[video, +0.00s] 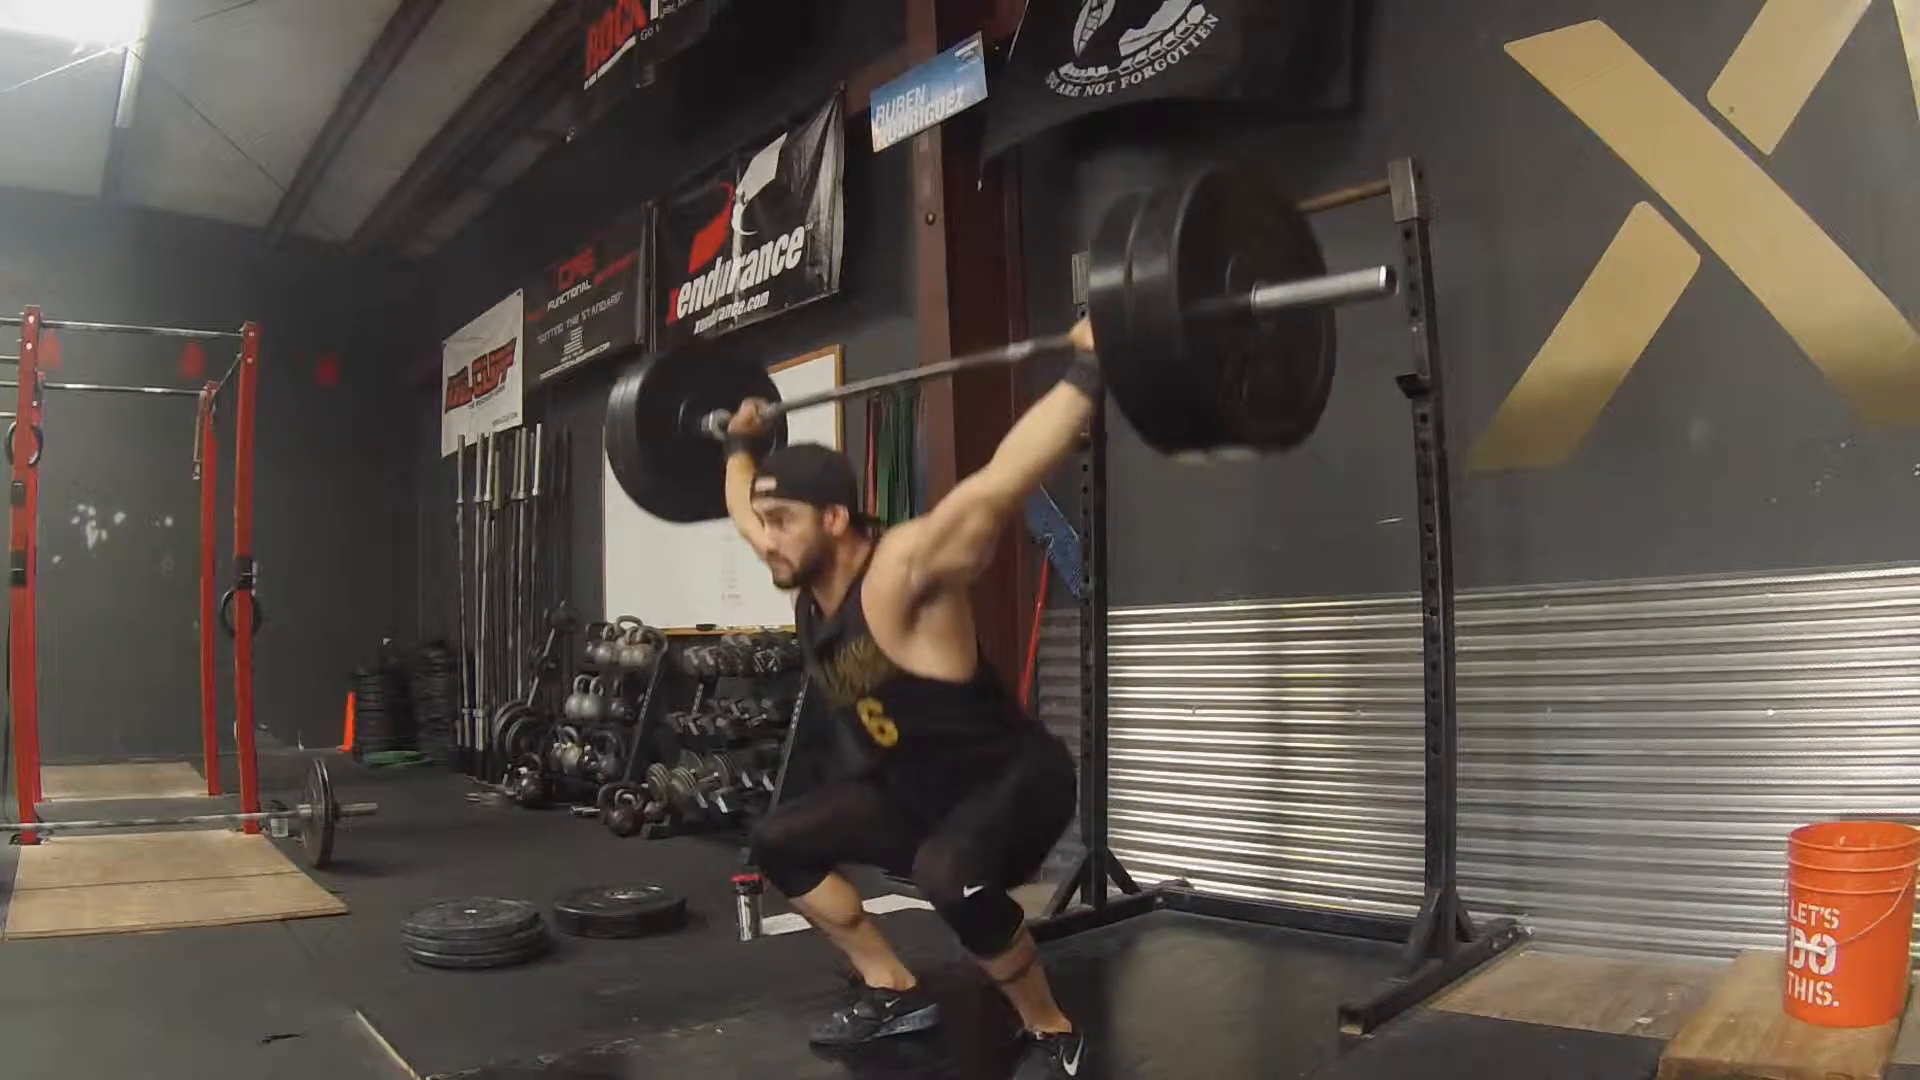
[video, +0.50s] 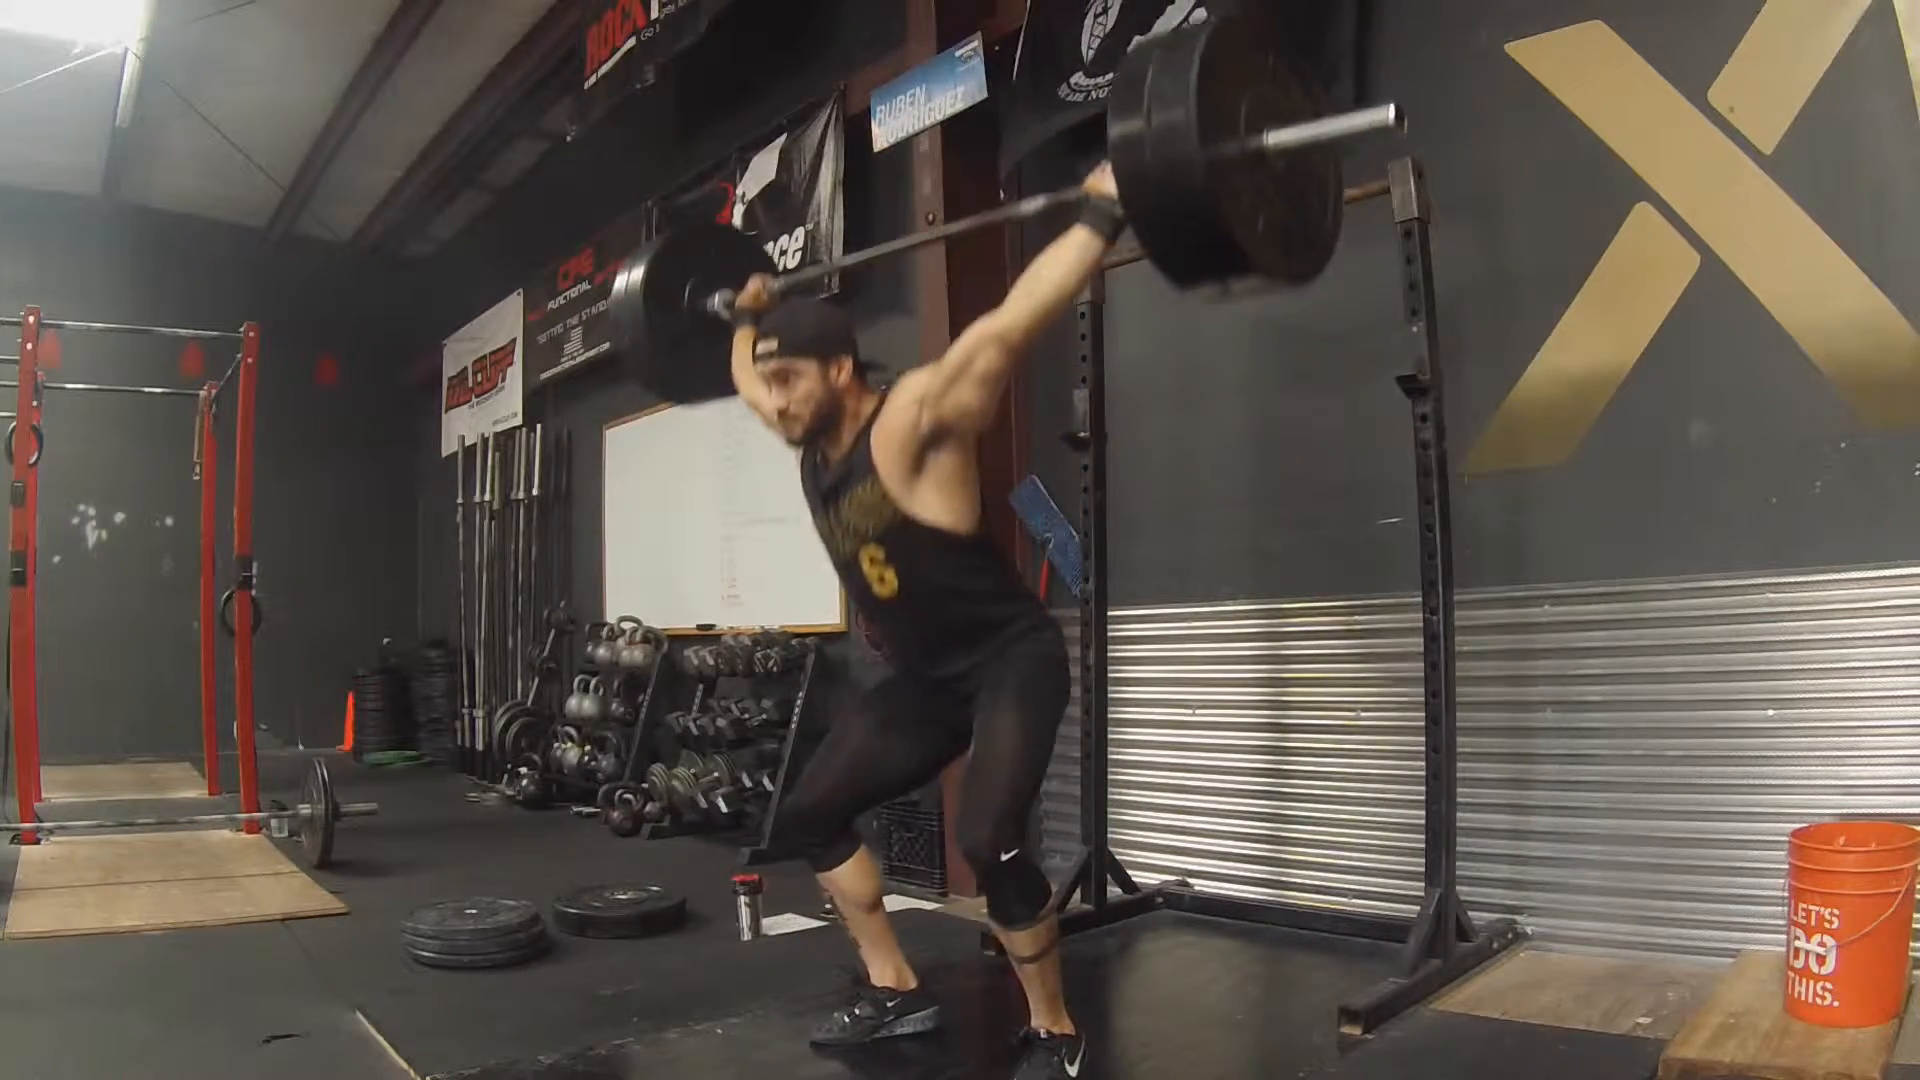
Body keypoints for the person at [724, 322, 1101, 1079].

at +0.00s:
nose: (766, 542)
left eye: (781, 521)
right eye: (759, 524)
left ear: (836, 519)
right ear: (754, 527)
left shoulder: (911, 563)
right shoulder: (813, 593)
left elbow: (1004, 480)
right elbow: (749, 518)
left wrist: (1086, 366)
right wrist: (741, 441)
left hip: (1011, 777)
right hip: (909, 789)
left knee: (949, 874)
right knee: (779, 843)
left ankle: (1052, 1033)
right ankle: (892, 990)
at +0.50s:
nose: (775, 401)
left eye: (787, 381)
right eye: (766, 387)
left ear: (842, 369)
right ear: (769, 392)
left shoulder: (921, 413)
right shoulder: (811, 446)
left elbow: (1008, 325)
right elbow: (752, 379)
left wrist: (1101, 210)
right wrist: (750, 309)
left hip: (1011, 657)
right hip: (919, 676)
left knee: (987, 841)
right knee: (813, 813)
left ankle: (1055, 1031)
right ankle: (895, 993)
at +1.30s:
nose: (857, 290)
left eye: (868, 273)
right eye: (849, 281)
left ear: (915, 262)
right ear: (854, 288)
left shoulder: (981, 305)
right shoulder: (878, 340)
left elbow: (1046, 203)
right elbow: (815, 280)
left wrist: (1119, 88)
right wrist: (773, 207)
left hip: (994, 604)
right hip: (907, 615)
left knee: (1003, 809)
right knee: (853, 791)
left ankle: (1056, 1031)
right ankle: (896, 997)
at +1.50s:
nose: (953, 255)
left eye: (968, 241)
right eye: (947, 244)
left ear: (1016, 250)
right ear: (953, 260)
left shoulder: (1056, 311)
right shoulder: (947, 332)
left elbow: (1149, 285)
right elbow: (868, 324)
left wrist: (1142, 185)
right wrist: (792, 273)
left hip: (1051, 596)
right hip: (965, 603)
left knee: (1068, 794)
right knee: (923, 774)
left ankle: (1098, 1017)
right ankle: (926, 972)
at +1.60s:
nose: (998, 285)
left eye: (1012, 270)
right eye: (992, 273)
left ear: (1058, 273)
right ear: (990, 278)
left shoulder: (1095, 335)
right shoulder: (986, 350)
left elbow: (1158, 366)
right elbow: (896, 386)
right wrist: (798, 361)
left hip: (1070, 600)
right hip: (990, 602)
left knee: (1089, 791)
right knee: (933, 781)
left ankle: (1182, 967)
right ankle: (995, 947)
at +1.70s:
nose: (1026, 317)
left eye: (1042, 301)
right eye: (1019, 304)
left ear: (1087, 308)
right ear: (1015, 314)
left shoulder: (1117, 383)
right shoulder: (1005, 397)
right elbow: (938, 466)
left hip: (1097, 631)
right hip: (1019, 632)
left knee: (1131, 820)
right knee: (949, 793)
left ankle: (1254, 954)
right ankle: (1003, 957)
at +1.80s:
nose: (1052, 326)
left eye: (1068, 311)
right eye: (1042, 314)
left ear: (1105, 320)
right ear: (1034, 326)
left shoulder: (1149, 400)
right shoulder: (1030, 417)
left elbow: (1203, 506)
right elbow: (1010, 528)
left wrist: (1190, 606)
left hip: (1139, 644)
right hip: (1052, 654)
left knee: (1192, 825)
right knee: (967, 794)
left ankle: (1258, 969)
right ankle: (1005, 956)